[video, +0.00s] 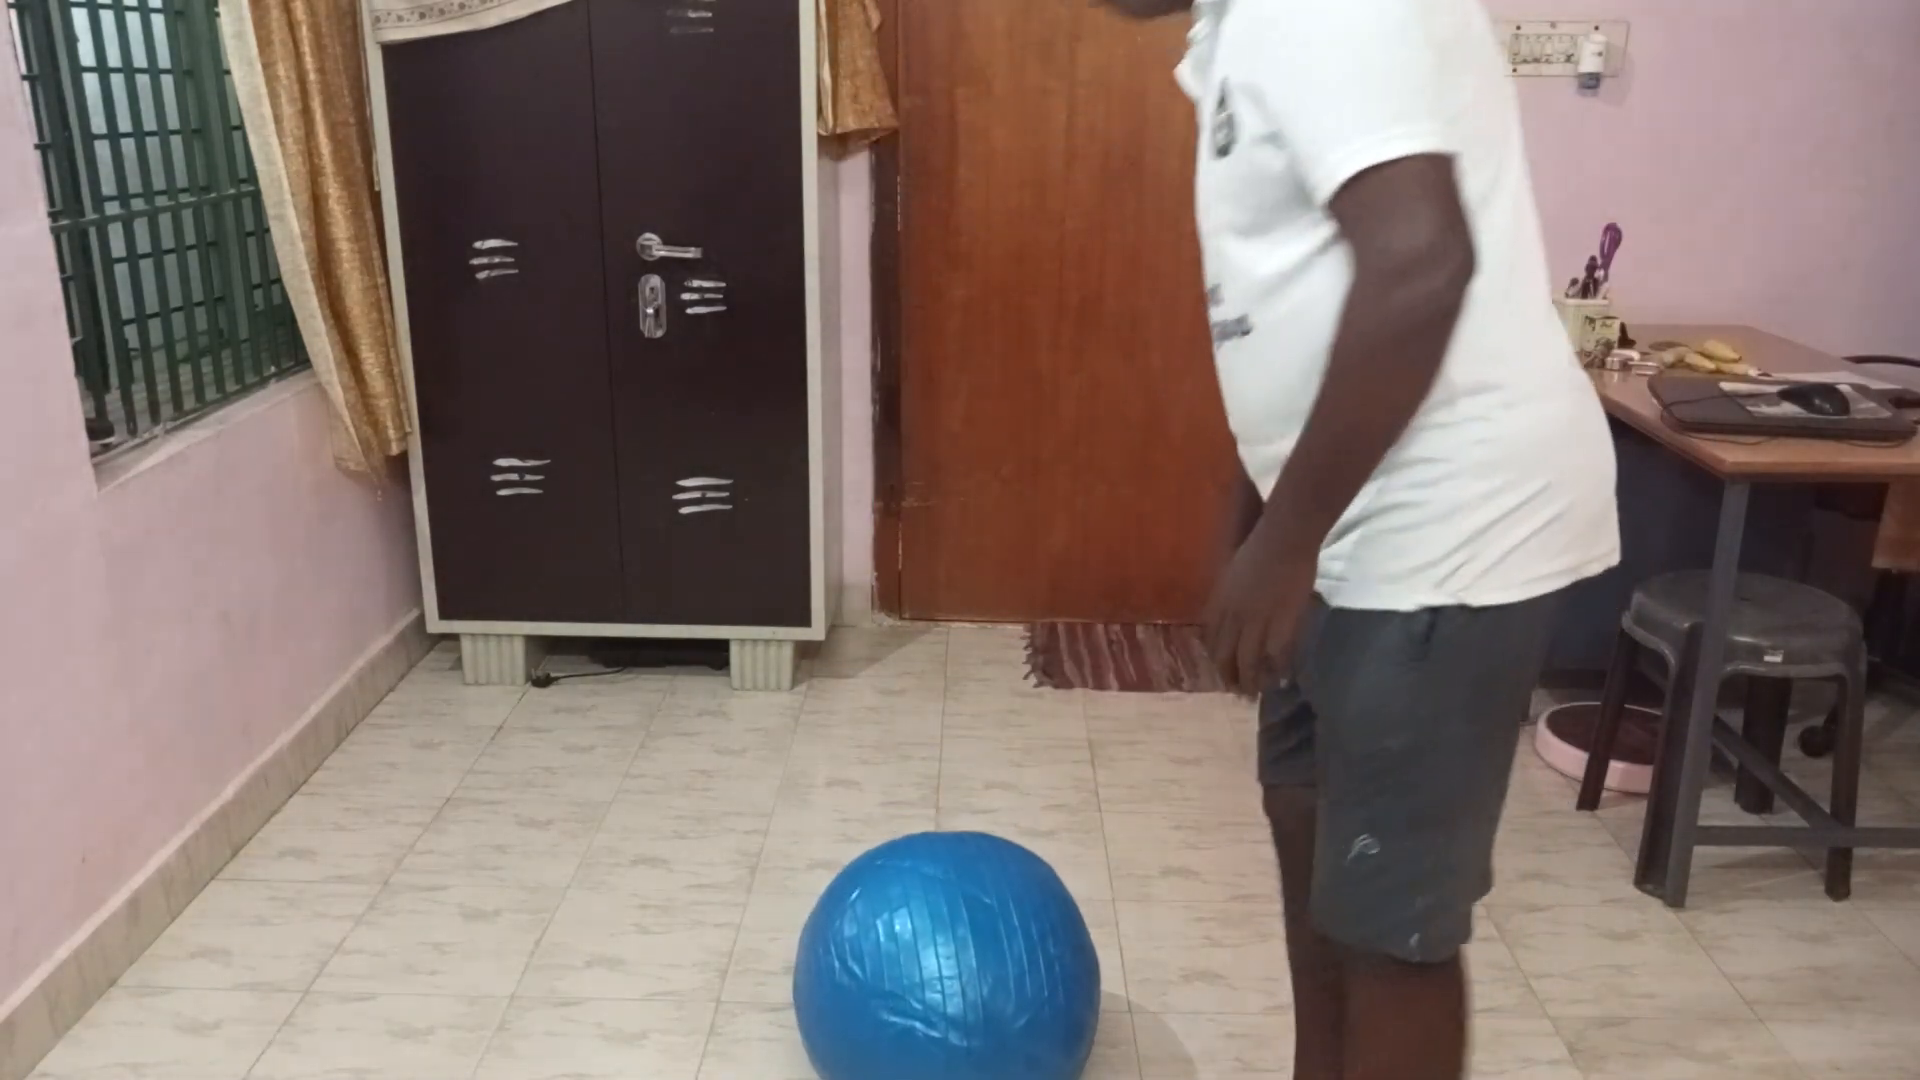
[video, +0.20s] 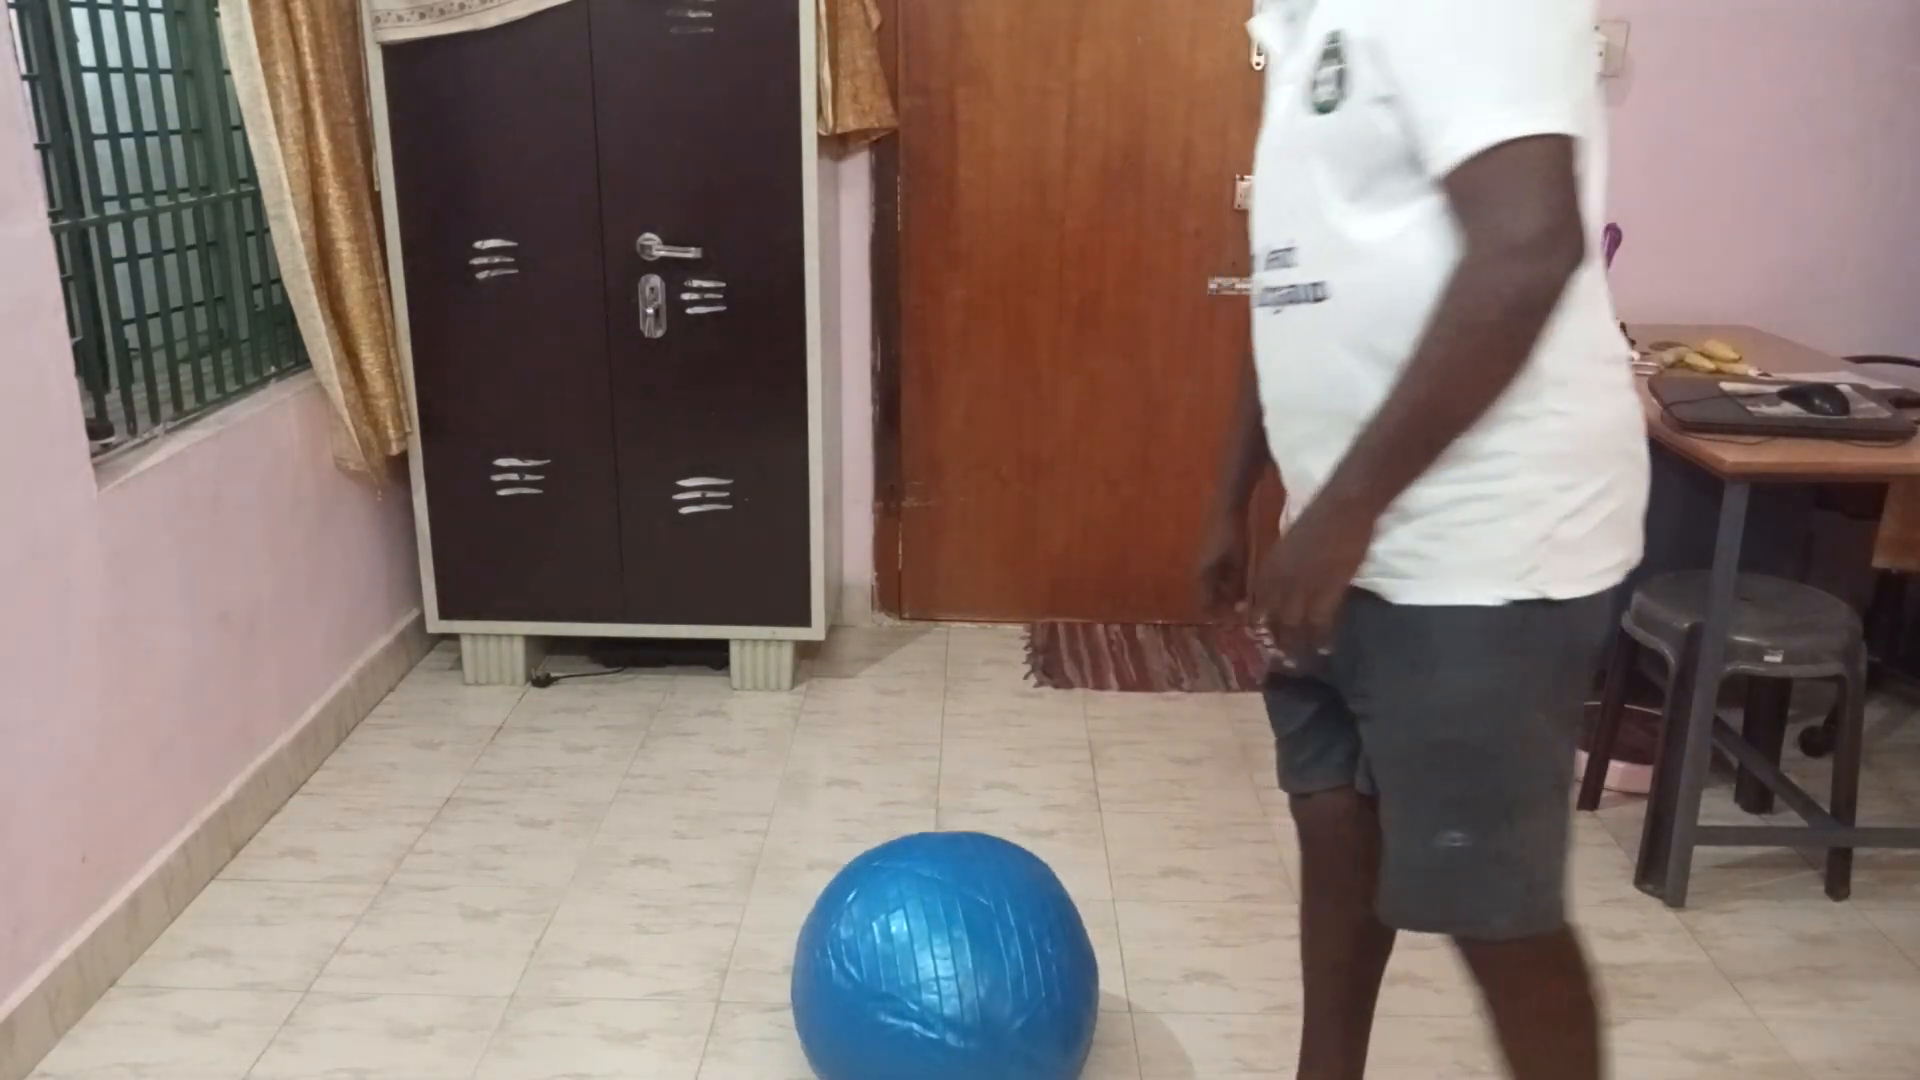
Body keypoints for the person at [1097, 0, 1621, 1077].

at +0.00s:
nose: (1117, 6)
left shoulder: (1321, 15)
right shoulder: (1241, 33)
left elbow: (1418, 261)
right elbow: (1303, 295)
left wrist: (1288, 542)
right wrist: (1251, 526)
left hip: (1449, 529)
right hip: (1357, 522)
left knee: (1391, 916)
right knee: (1311, 823)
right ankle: (1324, 1063)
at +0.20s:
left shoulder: (1474, 12)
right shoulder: (1302, 20)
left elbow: (1530, 241)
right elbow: (1310, 269)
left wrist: (1341, 511)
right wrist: (1237, 494)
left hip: (1488, 537)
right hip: (1347, 526)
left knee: (1500, 905)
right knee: (1337, 824)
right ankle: (1326, 1070)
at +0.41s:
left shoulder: (1647, 14)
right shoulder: (1373, 15)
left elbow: (1697, 259)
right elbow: (1343, 262)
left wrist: (1496, 546)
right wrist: (1249, 467)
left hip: (1591, 575)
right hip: (1387, 547)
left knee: (1622, 919)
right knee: (1384, 838)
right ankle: (1334, 1070)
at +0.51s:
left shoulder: (1746, 17)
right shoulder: (1441, 20)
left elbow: (1801, 281)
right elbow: (1387, 284)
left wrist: (1625, 581)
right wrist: (1264, 490)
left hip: (1639, 608)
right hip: (1431, 571)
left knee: (1657, 933)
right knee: (1402, 855)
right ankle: (1337, 1070)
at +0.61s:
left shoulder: (1834, 25)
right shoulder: (1499, 25)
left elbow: (1896, 329)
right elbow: (1429, 297)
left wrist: (1788, 631)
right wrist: (1311, 521)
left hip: (1693, 607)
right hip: (1474, 575)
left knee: (1693, 935)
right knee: (1414, 865)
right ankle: (1340, 1072)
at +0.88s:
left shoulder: (1902, 39)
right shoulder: (1609, 22)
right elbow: (1515, 284)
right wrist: (1480, 543)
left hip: (1832, 620)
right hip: (1574, 586)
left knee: (1754, 961)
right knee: (1453, 894)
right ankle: (1402, 1075)